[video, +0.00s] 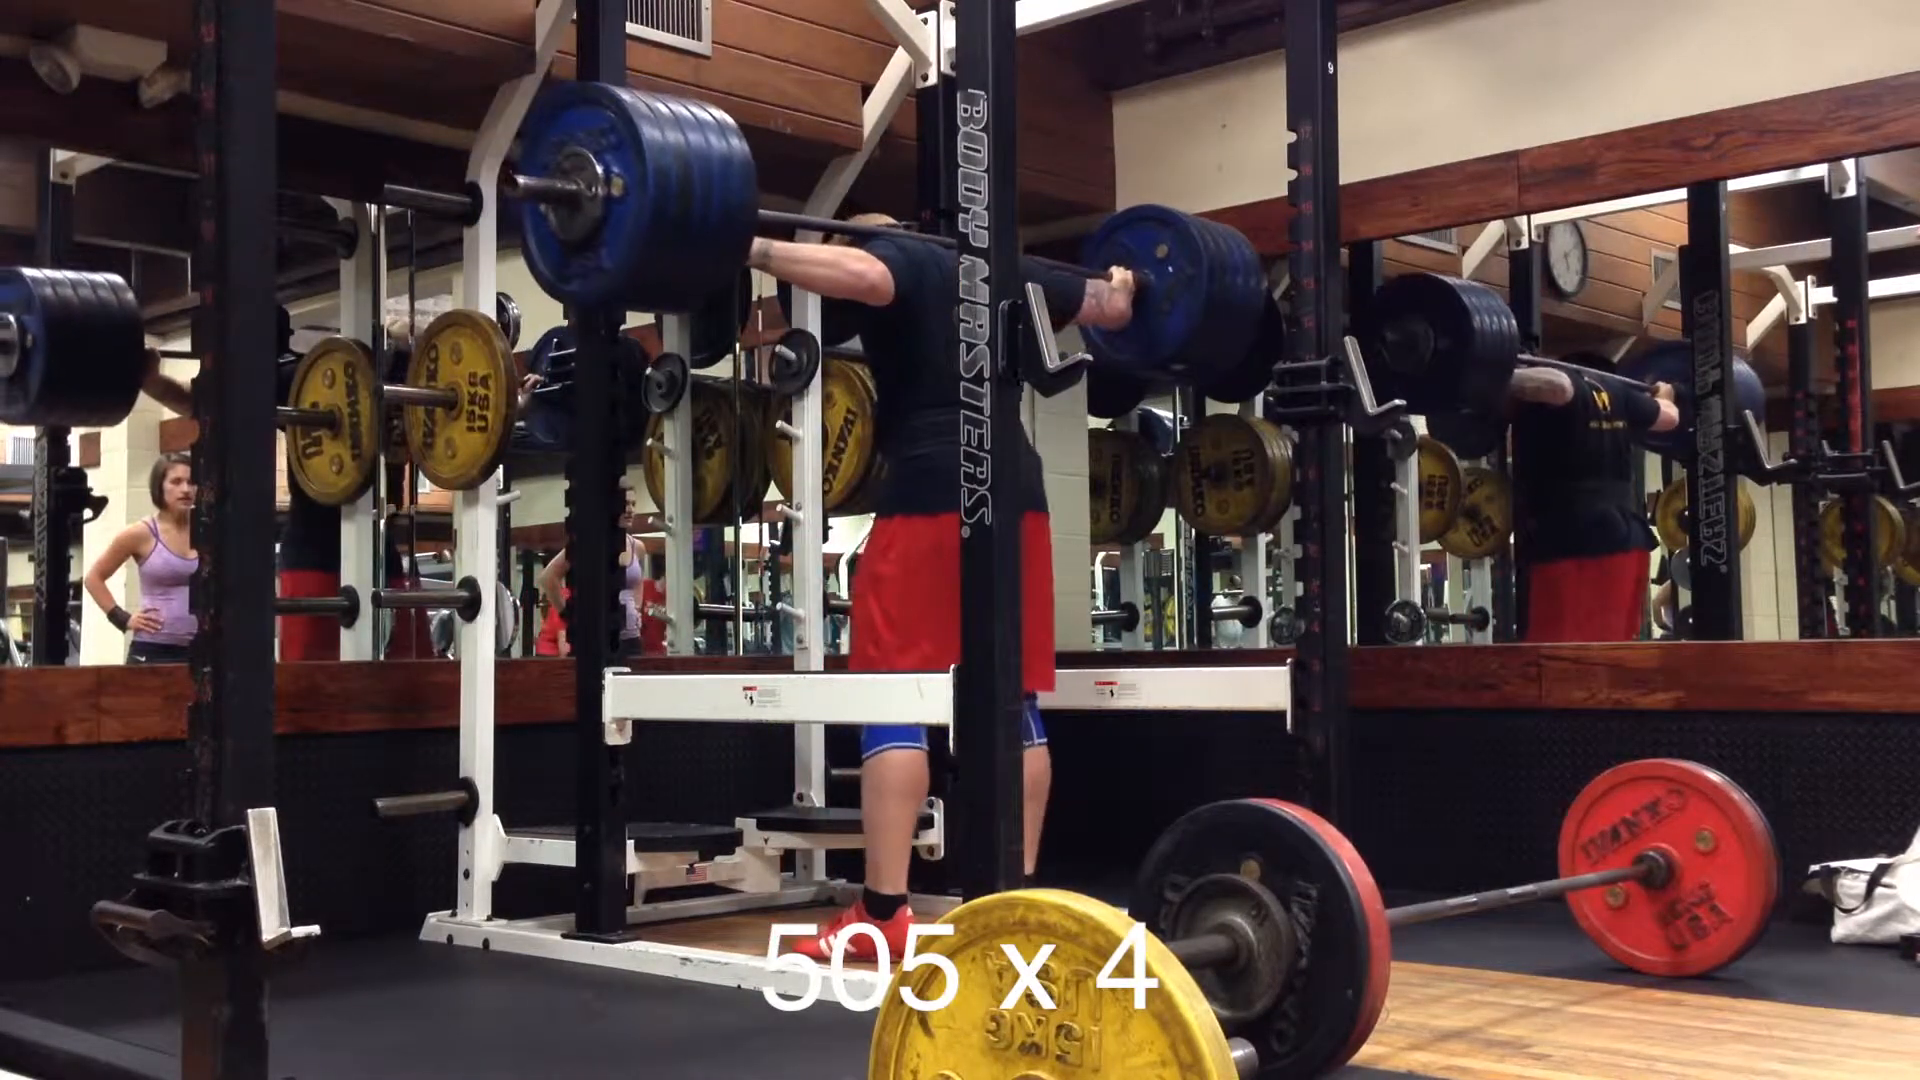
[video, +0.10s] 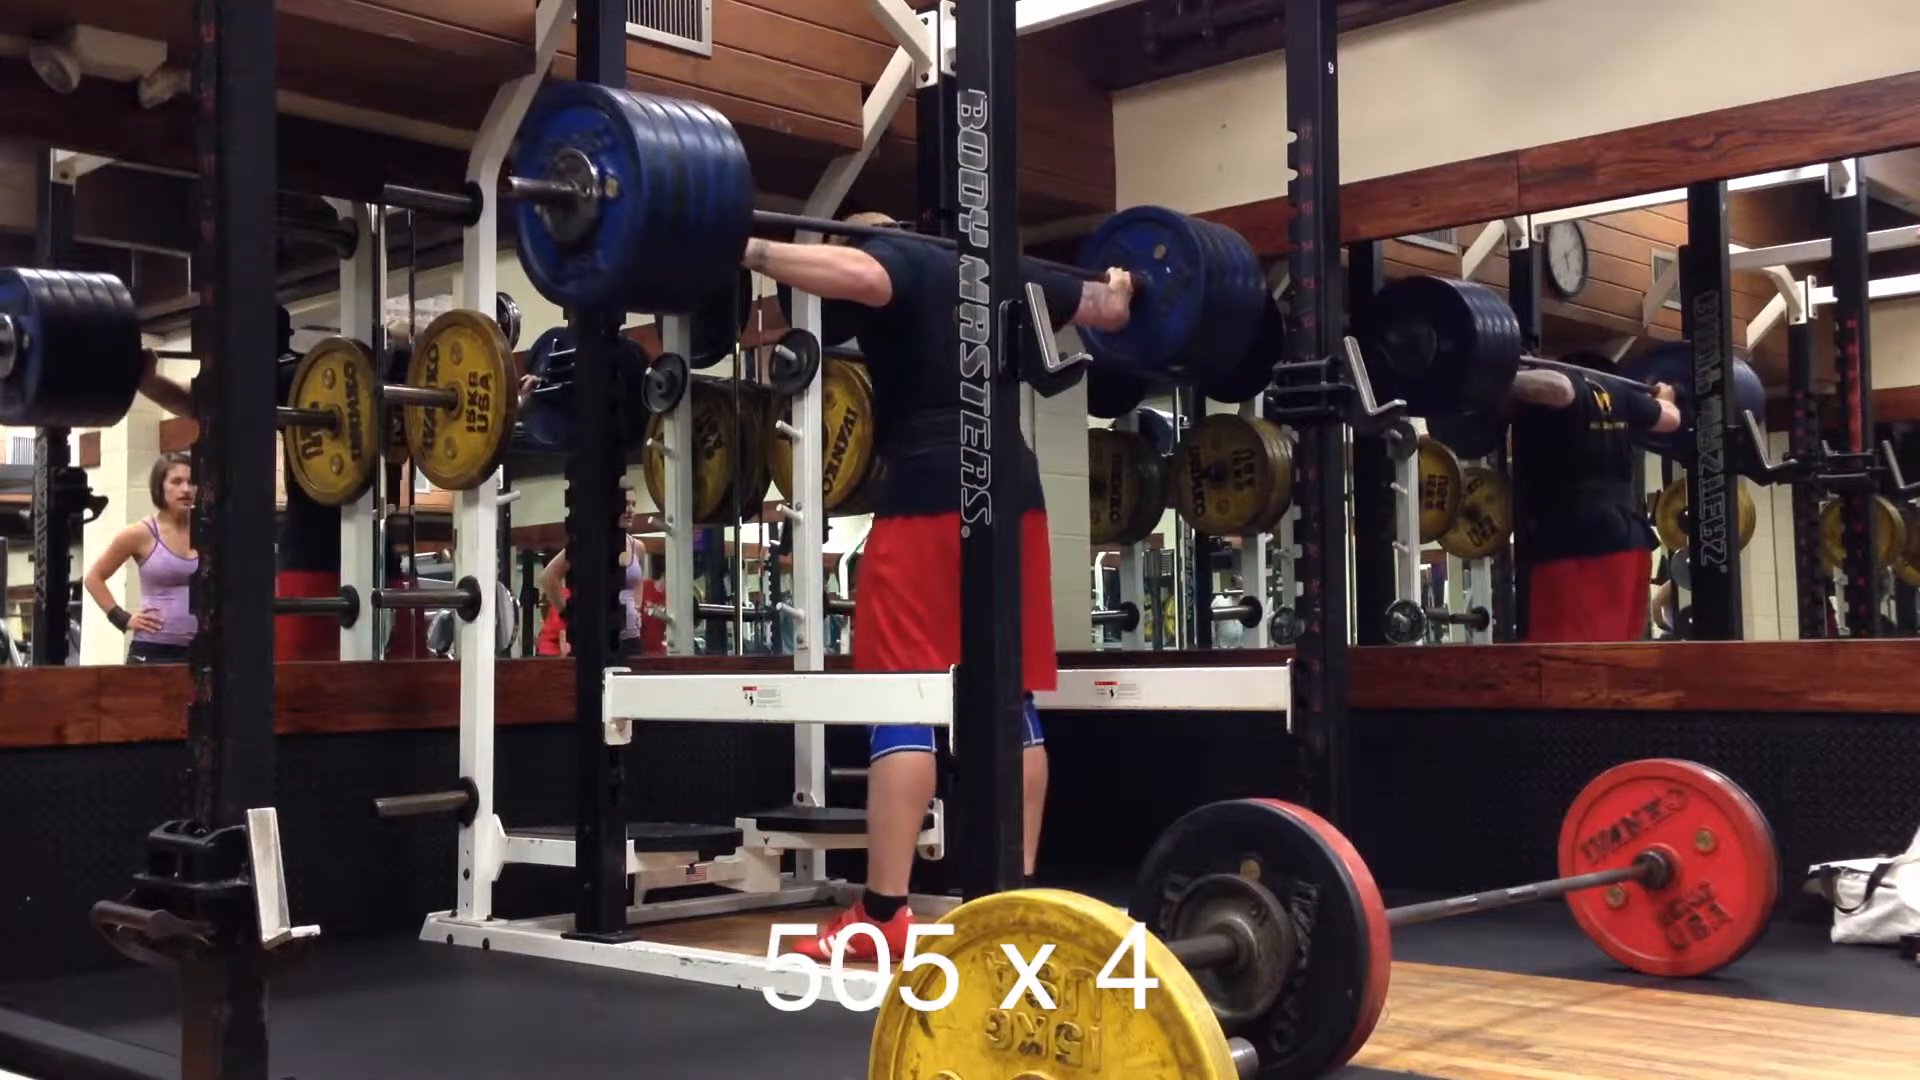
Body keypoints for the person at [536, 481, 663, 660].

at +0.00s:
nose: (630, 510)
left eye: (632, 504)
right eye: (624, 504)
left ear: (636, 506)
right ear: (609, 507)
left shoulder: (637, 546)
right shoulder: (588, 542)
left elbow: (638, 581)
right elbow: (548, 577)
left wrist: (636, 609)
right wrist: (566, 613)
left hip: (630, 631)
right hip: (595, 632)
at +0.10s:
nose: (630, 510)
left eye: (633, 504)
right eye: (624, 504)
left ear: (636, 506)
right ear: (609, 507)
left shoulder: (637, 546)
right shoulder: (588, 542)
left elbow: (638, 580)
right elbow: (548, 578)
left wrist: (636, 608)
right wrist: (566, 612)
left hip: (630, 631)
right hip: (595, 632)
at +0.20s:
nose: (629, 510)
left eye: (632, 504)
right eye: (624, 504)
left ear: (636, 506)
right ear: (609, 507)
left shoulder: (637, 547)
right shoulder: (588, 543)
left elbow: (638, 580)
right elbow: (548, 578)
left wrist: (636, 608)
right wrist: (566, 613)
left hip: (630, 632)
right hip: (594, 633)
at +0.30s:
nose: (627, 511)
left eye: (631, 505)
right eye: (622, 505)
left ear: (635, 509)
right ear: (608, 507)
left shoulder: (636, 546)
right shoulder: (588, 542)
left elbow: (638, 582)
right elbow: (548, 577)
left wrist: (636, 609)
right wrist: (565, 611)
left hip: (629, 632)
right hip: (595, 632)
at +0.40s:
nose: (625, 514)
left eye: (628, 508)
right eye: (620, 508)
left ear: (632, 511)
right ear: (608, 509)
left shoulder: (636, 547)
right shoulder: (587, 543)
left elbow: (638, 581)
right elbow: (548, 577)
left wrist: (637, 609)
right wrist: (565, 612)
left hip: (630, 631)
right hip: (595, 632)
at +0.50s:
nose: (624, 514)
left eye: (627, 509)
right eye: (619, 509)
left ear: (631, 512)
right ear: (606, 512)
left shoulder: (635, 547)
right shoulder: (583, 544)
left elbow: (638, 582)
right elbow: (544, 577)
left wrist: (636, 607)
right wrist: (561, 612)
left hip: (628, 631)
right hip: (592, 633)